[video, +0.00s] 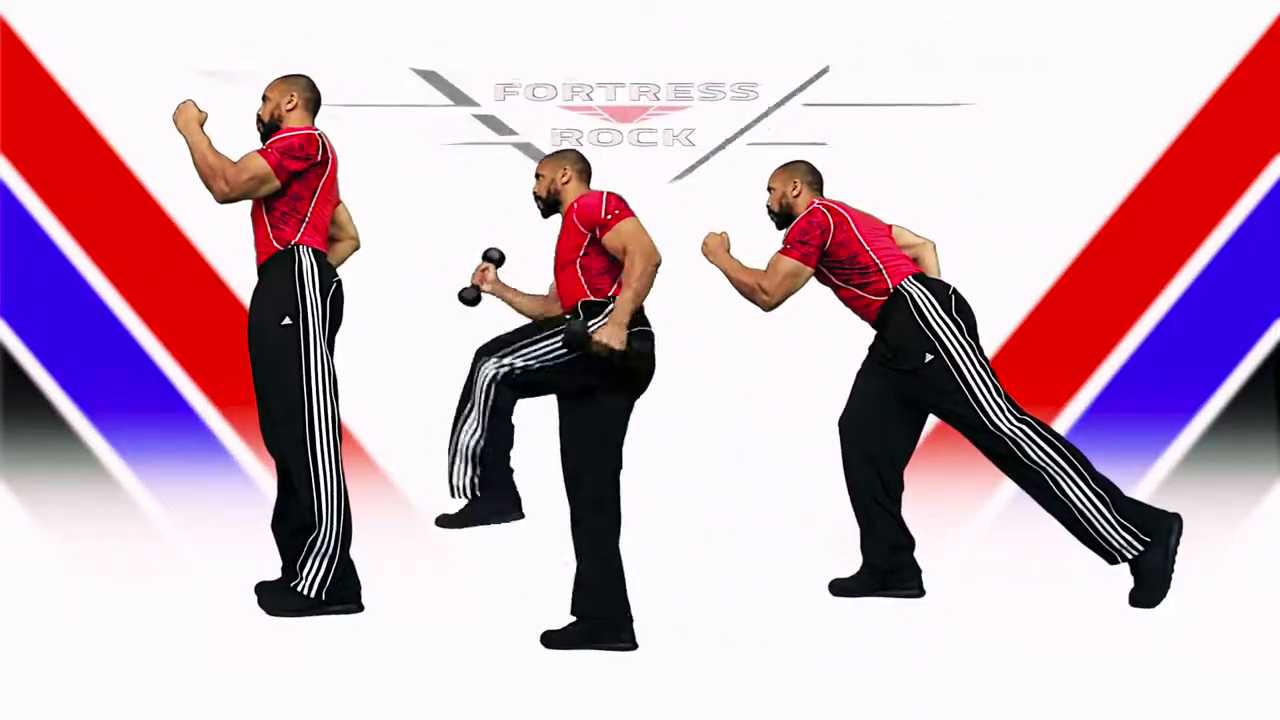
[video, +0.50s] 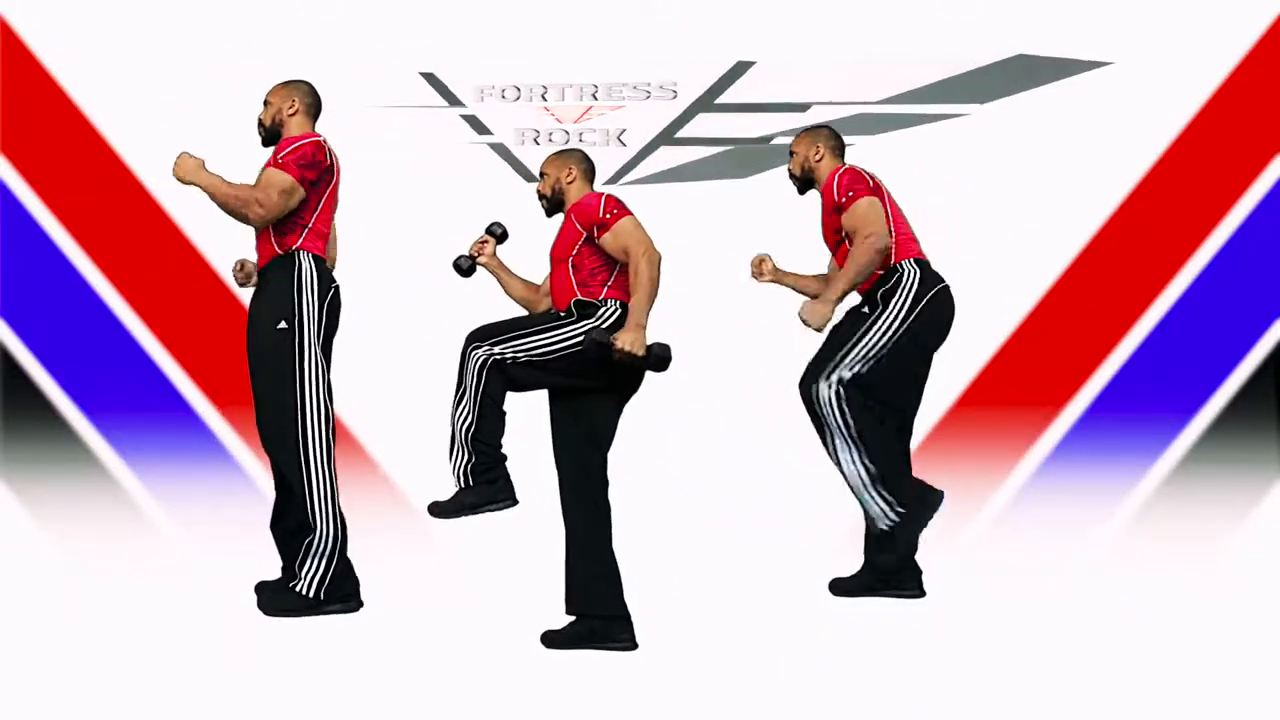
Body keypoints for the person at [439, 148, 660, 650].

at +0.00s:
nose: (534, 187)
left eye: (539, 177)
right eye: (535, 179)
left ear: (564, 175)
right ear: (565, 178)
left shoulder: (593, 202)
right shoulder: (573, 233)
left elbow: (645, 256)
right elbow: (556, 309)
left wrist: (619, 321)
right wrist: (498, 287)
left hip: (600, 335)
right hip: (607, 348)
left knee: (493, 365)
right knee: (591, 492)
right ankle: (604, 620)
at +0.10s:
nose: (537, 184)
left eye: (542, 174)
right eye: (537, 176)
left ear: (567, 171)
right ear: (570, 174)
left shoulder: (595, 202)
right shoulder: (573, 234)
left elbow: (650, 256)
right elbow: (536, 298)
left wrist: (637, 328)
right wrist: (491, 263)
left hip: (602, 318)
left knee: (487, 337)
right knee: (583, 482)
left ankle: (476, 466)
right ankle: (604, 617)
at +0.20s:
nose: (537, 184)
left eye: (542, 173)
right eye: (538, 175)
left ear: (568, 171)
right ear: (570, 174)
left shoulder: (593, 204)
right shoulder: (573, 233)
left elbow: (647, 262)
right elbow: (536, 297)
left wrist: (639, 335)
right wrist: (492, 258)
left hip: (601, 322)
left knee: (485, 346)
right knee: (581, 483)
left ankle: (488, 476)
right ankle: (603, 619)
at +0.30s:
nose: (538, 185)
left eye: (543, 175)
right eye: (539, 177)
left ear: (569, 173)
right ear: (570, 175)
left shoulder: (593, 203)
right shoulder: (571, 235)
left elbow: (643, 259)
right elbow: (539, 300)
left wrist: (640, 333)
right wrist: (495, 260)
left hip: (601, 325)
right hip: (604, 339)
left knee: (483, 354)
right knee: (580, 484)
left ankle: (491, 483)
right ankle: (603, 619)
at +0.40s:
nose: (538, 186)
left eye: (543, 177)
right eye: (538, 179)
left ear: (568, 174)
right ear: (569, 177)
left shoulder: (592, 203)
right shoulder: (572, 234)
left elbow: (644, 257)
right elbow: (539, 299)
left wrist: (639, 330)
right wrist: (494, 261)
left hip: (600, 323)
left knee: (482, 350)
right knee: (581, 485)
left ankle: (490, 479)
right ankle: (602, 619)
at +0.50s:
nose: (538, 187)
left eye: (543, 178)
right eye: (539, 180)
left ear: (568, 175)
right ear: (569, 177)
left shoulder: (593, 203)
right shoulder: (571, 234)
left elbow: (645, 255)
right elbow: (540, 301)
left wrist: (636, 326)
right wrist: (494, 263)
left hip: (599, 321)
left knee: (483, 348)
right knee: (581, 485)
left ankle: (484, 479)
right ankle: (602, 619)